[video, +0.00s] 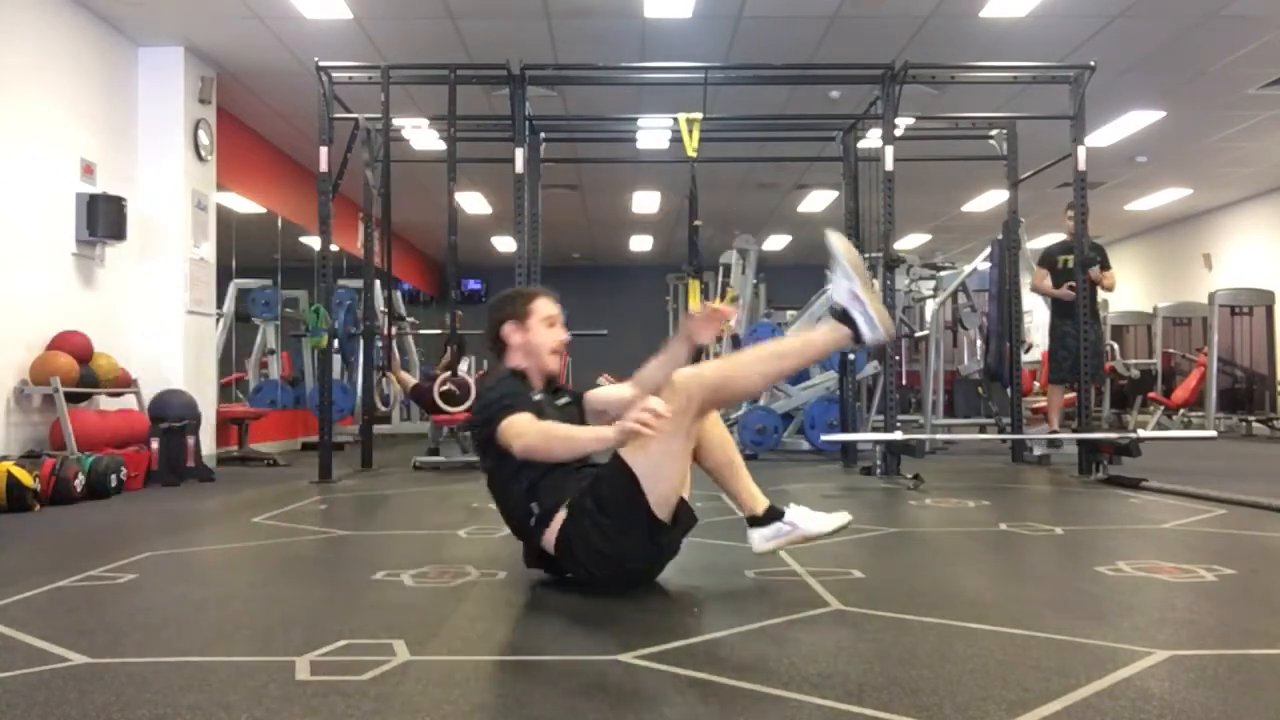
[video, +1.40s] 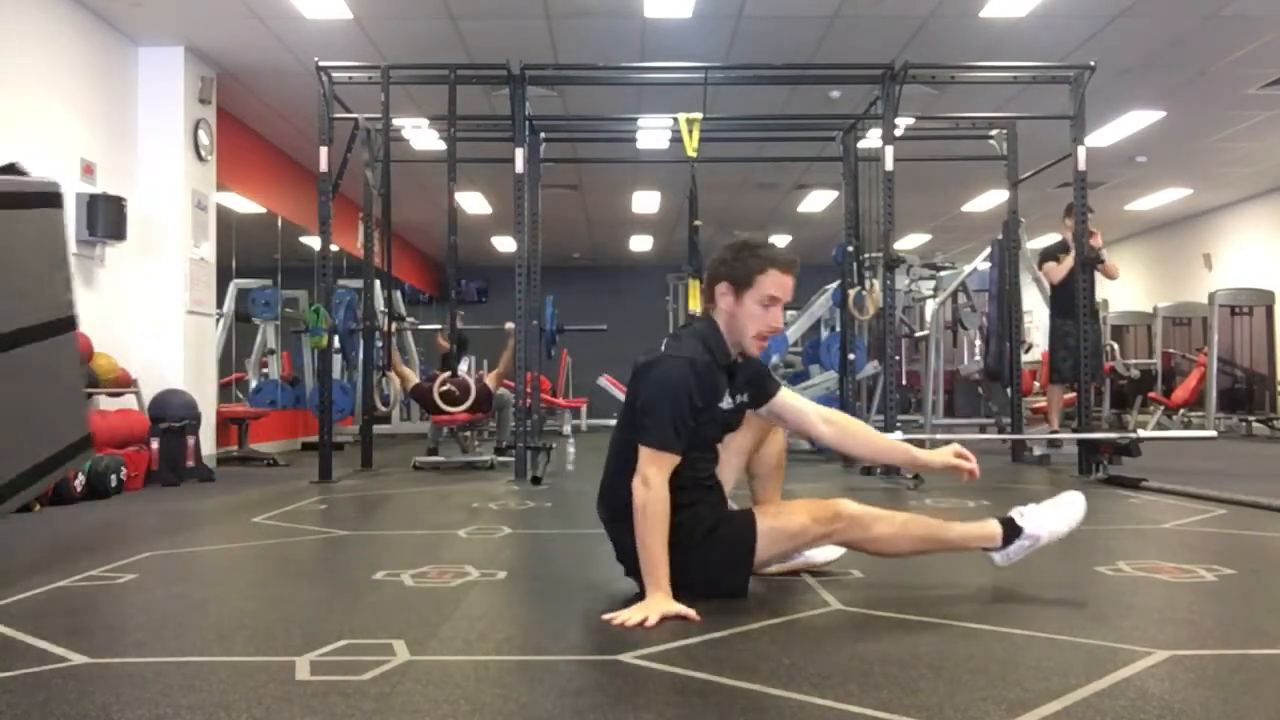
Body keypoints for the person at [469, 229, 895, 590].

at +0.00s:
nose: (565, 337)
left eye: (562, 326)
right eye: (552, 325)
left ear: (537, 337)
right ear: (512, 335)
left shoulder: (553, 399)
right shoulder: (498, 395)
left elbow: (632, 391)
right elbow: (526, 440)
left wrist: (686, 340)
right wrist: (612, 434)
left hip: (620, 538)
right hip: (591, 546)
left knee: (688, 401)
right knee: (685, 387)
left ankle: (764, 518)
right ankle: (846, 326)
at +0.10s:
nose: (590, 327)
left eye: (589, 318)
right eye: (577, 316)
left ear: (563, 328)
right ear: (538, 324)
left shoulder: (577, 387)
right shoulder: (521, 380)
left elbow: (655, 399)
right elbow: (543, 438)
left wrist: (721, 360)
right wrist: (633, 445)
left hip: (618, 538)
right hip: (590, 542)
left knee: (701, 408)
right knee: (711, 397)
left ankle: (764, 532)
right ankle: (877, 355)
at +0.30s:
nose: (627, 321)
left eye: (626, 310)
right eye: (615, 308)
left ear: (590, 314)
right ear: (575, 312)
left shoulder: (598, 382)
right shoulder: (555, 376)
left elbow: (681, 413)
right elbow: (571, 449)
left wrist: (765, 391)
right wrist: (667, 483)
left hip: (625, 538)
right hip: (604, 548)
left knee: (702, 429)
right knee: (747, 424)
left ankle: (769, 542)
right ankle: (923, 401)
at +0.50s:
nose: (661, 314)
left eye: (661, 302)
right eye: (649, 299)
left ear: (619, 306)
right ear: (608, 304)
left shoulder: (617, 374)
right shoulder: (593, 372)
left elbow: (700, 424)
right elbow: (611, 469)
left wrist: (801, 428)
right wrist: (697, 535)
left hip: (630, 538)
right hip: (625, 551)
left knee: (696, 432)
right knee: (785, 452)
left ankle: (762, 542)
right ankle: (958, 443)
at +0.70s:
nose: (671, 311)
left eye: (675, 299)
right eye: (657, 296)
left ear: (676, 307)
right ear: (618, 306)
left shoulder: (637, 369)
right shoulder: (616, 370)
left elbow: (721, 431)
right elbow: (630, 478)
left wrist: (818, 444)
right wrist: (687, 567)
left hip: (632, 538)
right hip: (633, 552)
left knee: (700, 432)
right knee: (801, 468)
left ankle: (766, 542)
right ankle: (963, 455)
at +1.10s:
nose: (723, 315)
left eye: (731, 304)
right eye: (711, 300)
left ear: (738, 308)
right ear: (675, 303)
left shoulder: (695, 373)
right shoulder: (666, 370)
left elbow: (782, 429)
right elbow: (647, 484)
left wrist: (884, 455)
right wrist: (655, 591)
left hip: (650, 531)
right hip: (647, 558)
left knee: (730, 425)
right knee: (810, 497)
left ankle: (769, 544)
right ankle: (975, 500)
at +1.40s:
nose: (779, 321)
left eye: (784, 308)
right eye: (769, 305)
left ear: (775, 309)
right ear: (723, 299)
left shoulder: (739, 368)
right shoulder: (679, 371)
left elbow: (822, 424)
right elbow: (648, 483)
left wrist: (921, 458)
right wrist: (657, 592)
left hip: (692, 517)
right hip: (674, 549)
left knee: (768, 418)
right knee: (836, 516)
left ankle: (773, 544)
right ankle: (1004, 534)